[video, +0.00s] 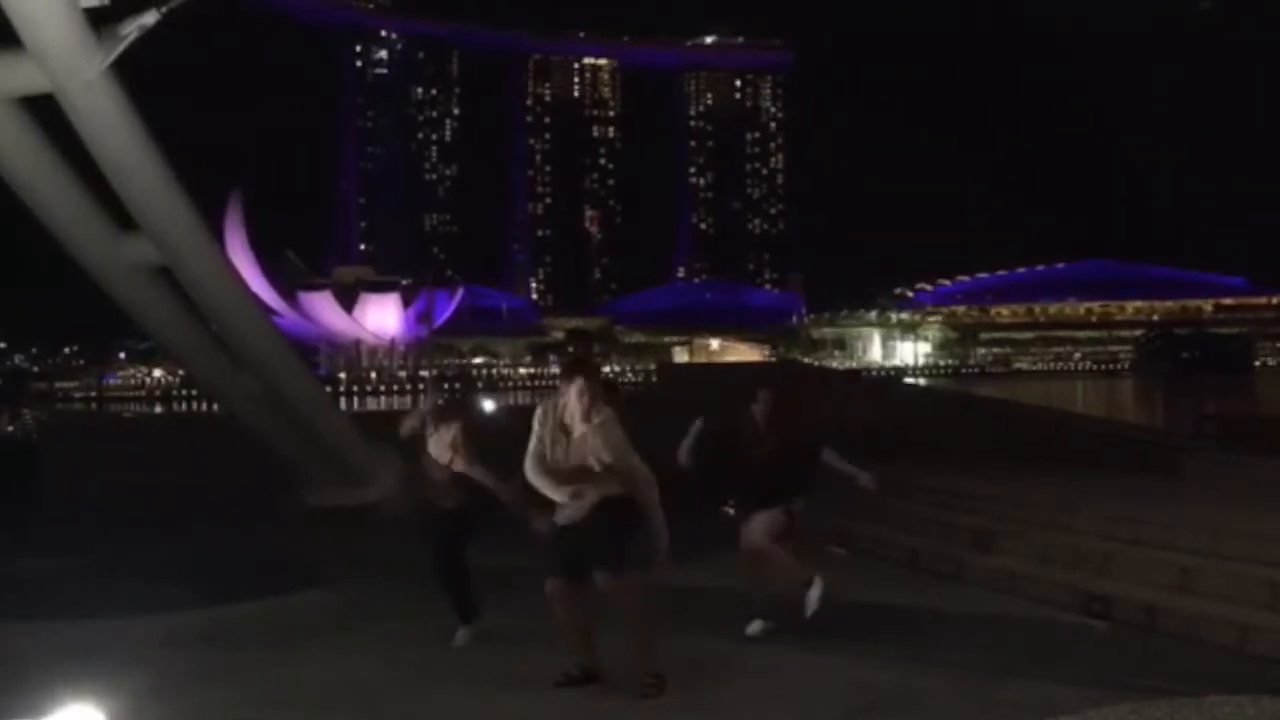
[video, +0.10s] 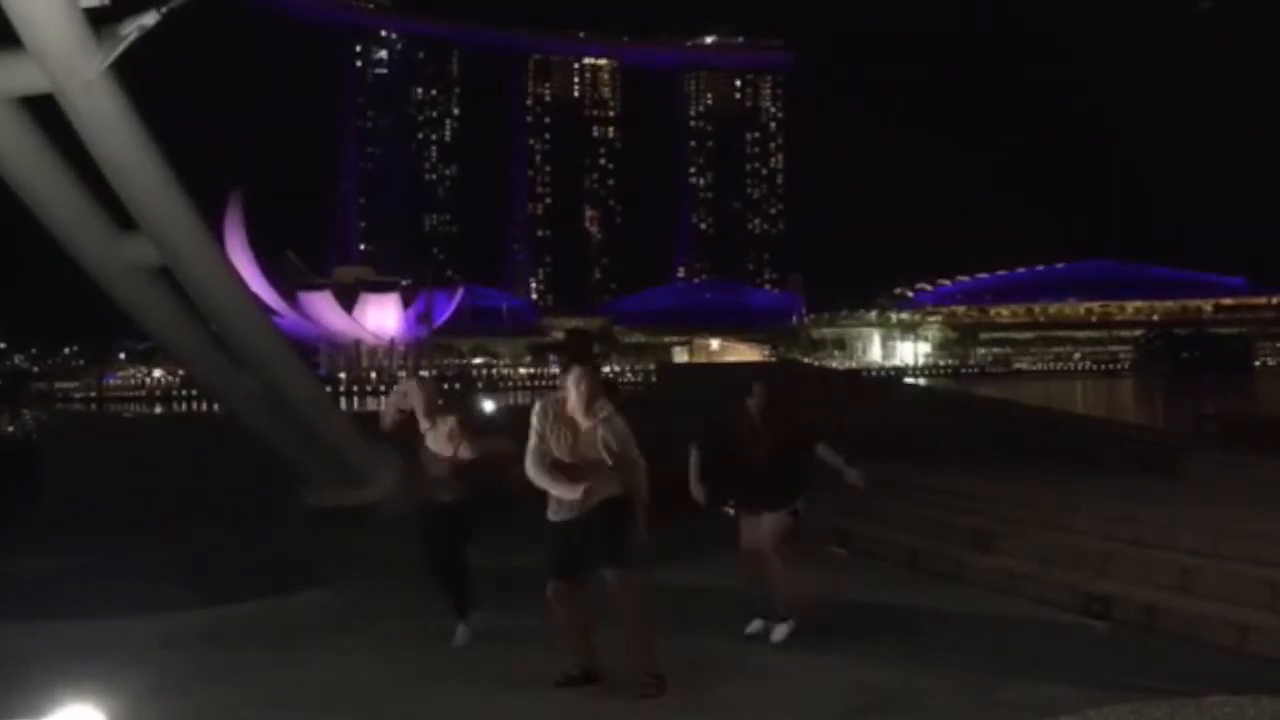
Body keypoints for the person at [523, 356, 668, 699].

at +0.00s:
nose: (585, 400)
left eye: (590, 392)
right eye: (579, 392)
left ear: (599, 393)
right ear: (564, 390)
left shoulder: (605, 418)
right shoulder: (547, 413)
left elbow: (625, 465)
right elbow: (532, 466)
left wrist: (593, 419)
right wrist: (561, 495)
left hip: (614, 504)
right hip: (571, 511)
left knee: (620, 582)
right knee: (560, 586)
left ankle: (646, 669)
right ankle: (584, 664)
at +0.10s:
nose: (583, 388)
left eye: (587, 381)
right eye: (577, 381)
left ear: (597, 383)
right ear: (564, 384)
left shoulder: (607, 417)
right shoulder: (545, 411)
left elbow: (633, 464)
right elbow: (533, 466)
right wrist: (568, 490)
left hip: (609, 509)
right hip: (565, 513)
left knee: (623, 584)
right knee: (561, 590)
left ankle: (645, 669)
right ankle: (584, 665)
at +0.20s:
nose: (582, 386)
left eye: (588, 378)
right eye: (575, 377)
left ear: (598, 381)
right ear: (563, 380)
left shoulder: (613, 419)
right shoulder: (544, 412)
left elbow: (625, 471)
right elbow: (522, 465)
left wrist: (591, 483)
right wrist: (570, 480)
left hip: (604, 505)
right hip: (563, 512)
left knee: (616, 558)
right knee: (559, 588)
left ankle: (639, 649)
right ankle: (583, 664)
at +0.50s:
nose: (552, 384)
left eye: (559, 376)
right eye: (548, 376)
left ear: (582, 378)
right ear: (544, 380)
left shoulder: (604, 417)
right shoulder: (537, 419)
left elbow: (622, 466)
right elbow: (517, 473)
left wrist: (623, 512)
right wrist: (560, 466)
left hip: (590, 520)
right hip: (544, 522)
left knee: (598, 591)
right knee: (526, 589)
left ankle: (618, 662)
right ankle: (557, 648)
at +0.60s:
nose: (536, 383)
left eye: (544, 376)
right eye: (534, 377)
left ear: (566, 378)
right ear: (532, 381)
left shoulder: (592, 413)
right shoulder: (525, 419)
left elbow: (612, 456)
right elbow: (509, 476)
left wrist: (607, 504)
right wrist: (539, 462)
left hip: (581, 523)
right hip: (532, 525)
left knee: (606, 593)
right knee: (493, 587)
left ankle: (617, 665)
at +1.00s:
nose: (569, 369)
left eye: (575, 361)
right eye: (561, 361)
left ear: (585, 368)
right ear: (547, 369)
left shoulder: (590, 406)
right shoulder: (537, 411)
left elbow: (596, 453)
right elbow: (536, 470)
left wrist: (610, 483)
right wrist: (573, 430)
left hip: (588, 515)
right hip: (541, 518)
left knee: (608, 590)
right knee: (504, 593)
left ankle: (592, 669)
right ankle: (499, 664)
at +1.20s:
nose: (604, 371)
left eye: (606, 364)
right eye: (597, 364)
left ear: (607, 371)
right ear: (579, 367)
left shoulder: (610, 406)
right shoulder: (566, 405)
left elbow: (641, 436)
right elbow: (565, 474)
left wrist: (685, 450)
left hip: (603, 512)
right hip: (568, 513)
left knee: (632, 582)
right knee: (571, 598)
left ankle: (612, 672)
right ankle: (553, 663)